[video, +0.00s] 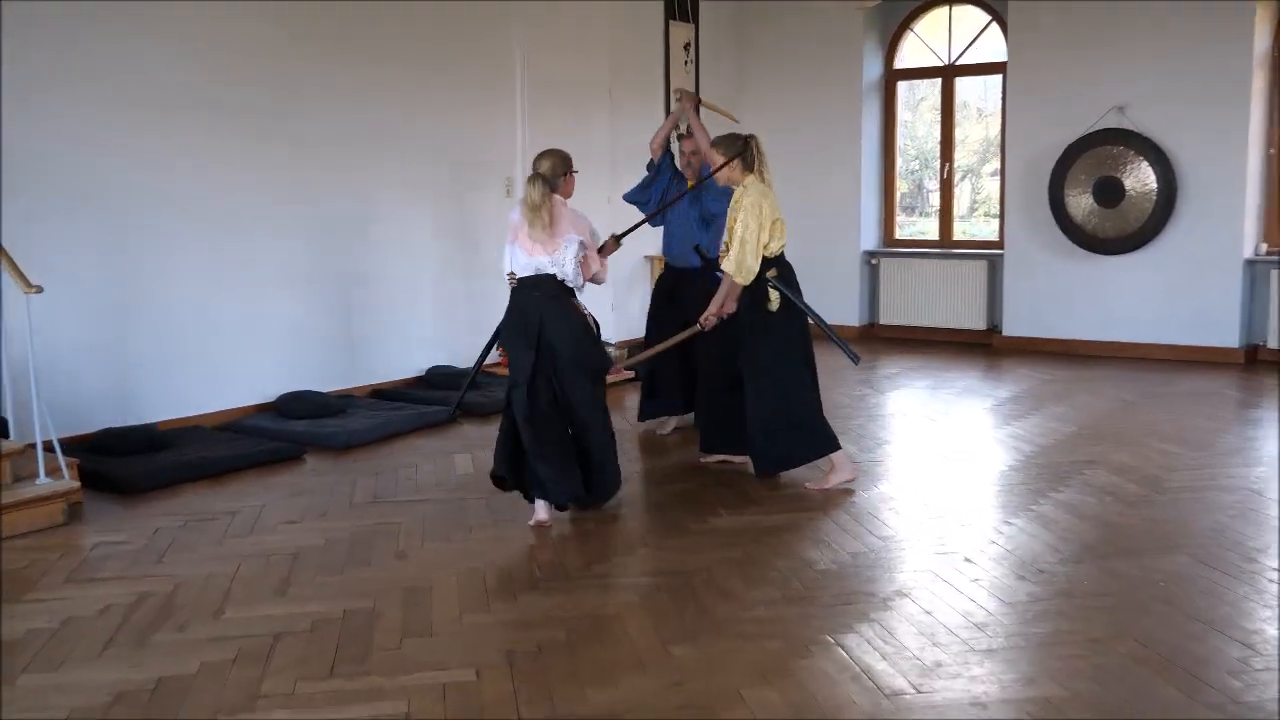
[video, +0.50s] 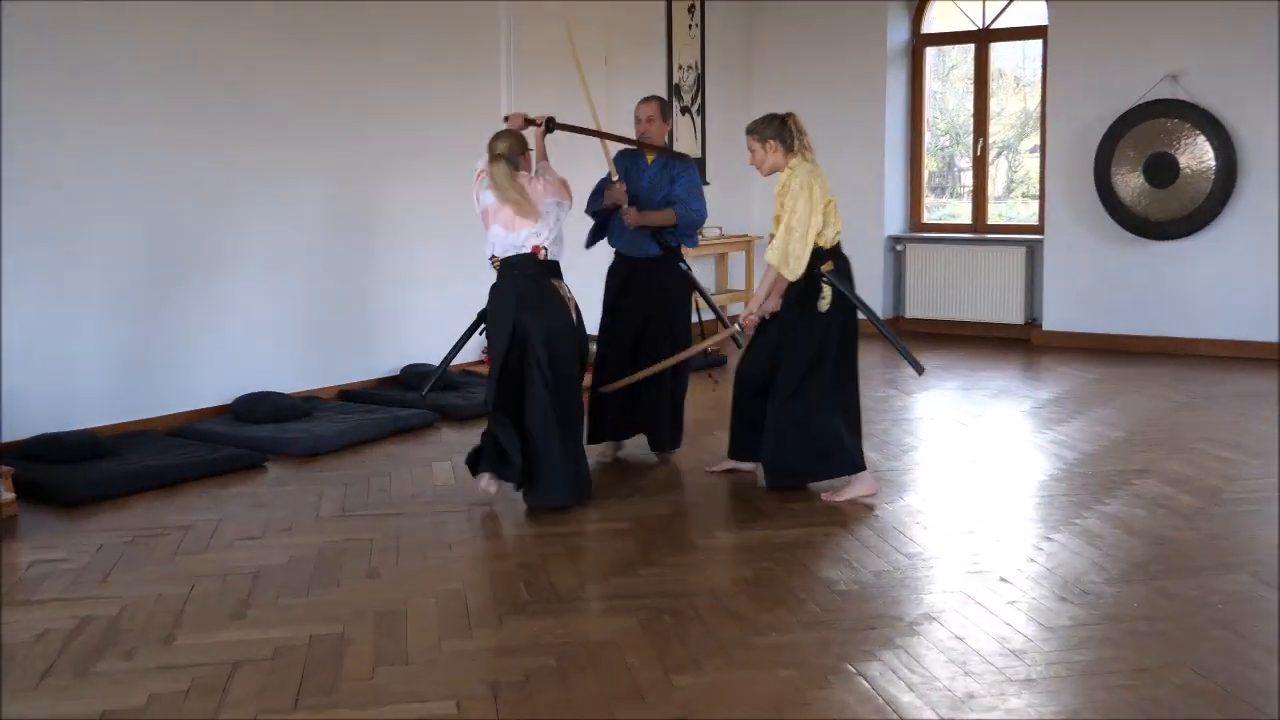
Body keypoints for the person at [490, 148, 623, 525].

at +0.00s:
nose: (575, 180)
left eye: (573, 174)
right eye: (573, 175)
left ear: (538, 178)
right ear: (565, 179)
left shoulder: (518, 217)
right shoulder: (577, 220)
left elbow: (512, 273)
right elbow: (595, 274)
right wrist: (602, 254)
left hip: (521, 309)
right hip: (562, 310)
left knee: (531, 400)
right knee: (570, 395)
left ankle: (540, 498)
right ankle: (576, 483)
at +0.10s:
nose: (573, 176)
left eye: (571, 169)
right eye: (572, 170)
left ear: (534, 172)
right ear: (564, 175)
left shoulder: (511, 213)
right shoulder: (573, 218)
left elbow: (504, 269)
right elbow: (582, 275)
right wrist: (588, 251)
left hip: (515, 311)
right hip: (556, 311)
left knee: (524, 402)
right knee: (560, 398)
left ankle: (538, 500)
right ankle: (561, 491)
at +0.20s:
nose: (570, 174)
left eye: (569, 168)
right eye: (569, 169)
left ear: (530, 171)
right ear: (561, 174)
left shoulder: (506, 210)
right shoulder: (571, 216)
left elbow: (499, 262)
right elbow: (580, 266)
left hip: (510, 306)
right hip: (552, 307)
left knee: (517, 402)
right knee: (556, 396)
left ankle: (536, 501)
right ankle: (564, 487)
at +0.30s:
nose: (565, 172)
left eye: (562, 166)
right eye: (563, 167)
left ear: (523, 169)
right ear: (556, 171)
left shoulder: (499, 207)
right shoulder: (568, 210)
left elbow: (496, 240)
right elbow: (575, 248)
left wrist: (510, 190)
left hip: (507, 303)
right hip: (550, 302)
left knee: (516, 400)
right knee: (556, 393)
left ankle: (530, 499)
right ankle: (558, 484)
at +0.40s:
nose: (552, 163)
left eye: (547, 158)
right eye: (549, 158)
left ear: (510, 164)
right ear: (543, 164)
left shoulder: (496, 198)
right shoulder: (563, 197)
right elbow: (568, 216)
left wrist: (498, 155)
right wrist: (538, 173)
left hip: (508, 295)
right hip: (550, 295)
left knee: (511, 390)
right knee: (554, 385)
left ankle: (514, 481)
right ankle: (557, 482)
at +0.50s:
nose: (529, 156)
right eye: (527, 152)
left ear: (493, 161)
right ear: (527, 156)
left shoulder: (485, 195)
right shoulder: (548, 188)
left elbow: (489, 163)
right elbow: (553, 178)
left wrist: (508, 130)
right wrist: (540, 146)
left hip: (506, 289)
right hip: (544, 287)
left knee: (511, 378)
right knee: (555, 380)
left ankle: (497, 463)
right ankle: (556, 480)